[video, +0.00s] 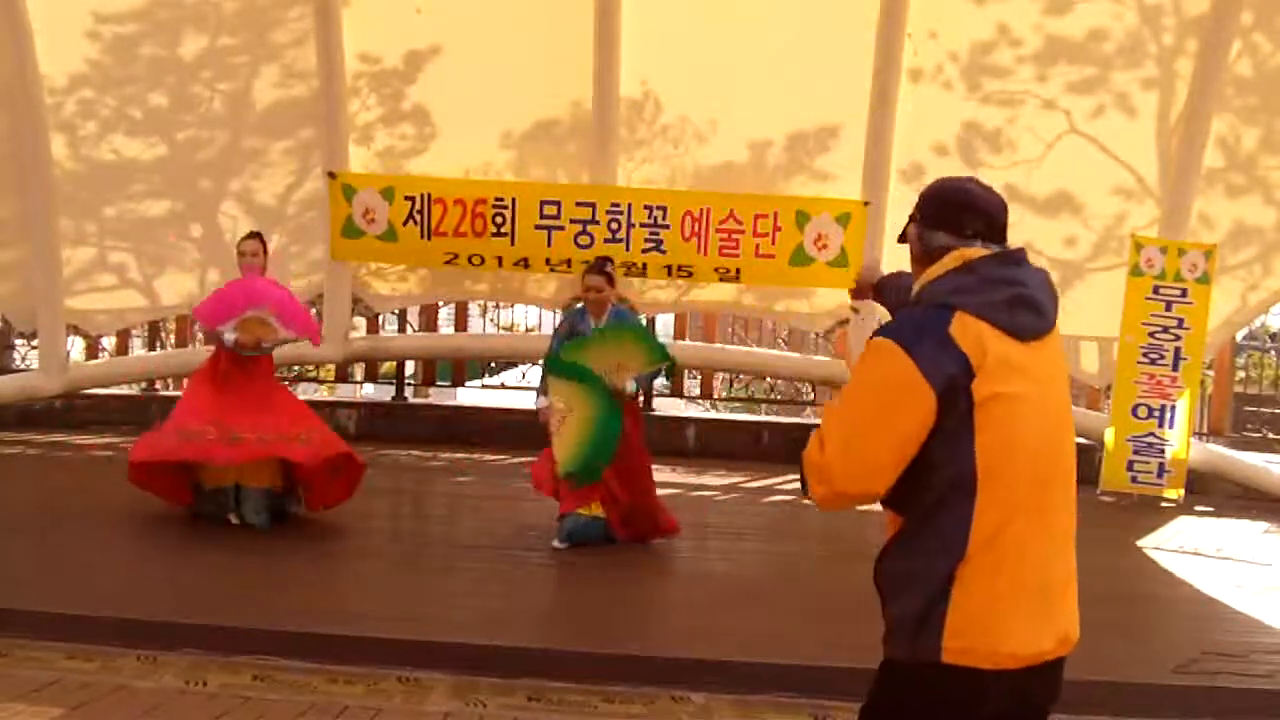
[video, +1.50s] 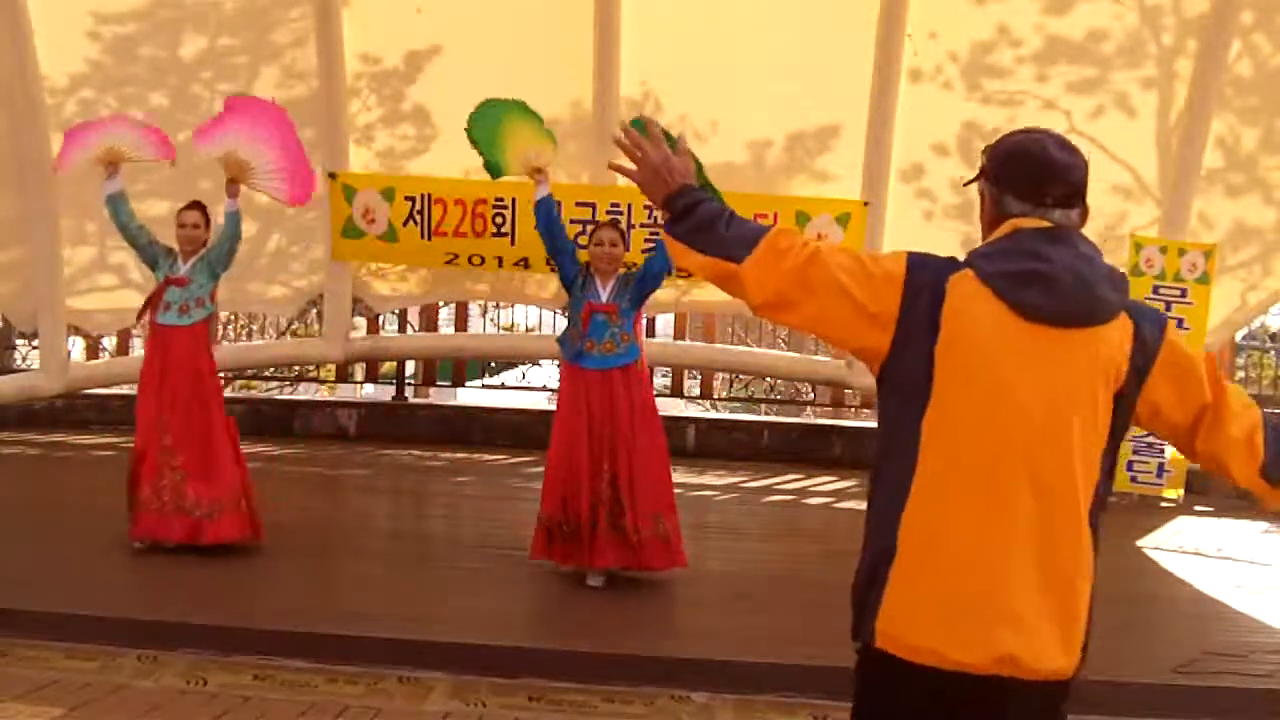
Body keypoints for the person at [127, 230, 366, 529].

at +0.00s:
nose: (249, 261)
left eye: (255, 255)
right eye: (244, 255)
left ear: (266, 258)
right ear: (237, 260)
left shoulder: (276, 296)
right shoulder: (226, 297)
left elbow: (300, 329)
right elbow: (207, 333)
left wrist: (268, 340)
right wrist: (233, 340)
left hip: (259, 373)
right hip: (225, 372)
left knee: (259, 434)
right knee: (221, 432)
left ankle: (255, 505)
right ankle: (224, 505)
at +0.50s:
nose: (247, 267)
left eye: (254, 261)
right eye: (242, 261)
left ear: (264, 267)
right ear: (235, 266)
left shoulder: (275, 305)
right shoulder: (222, 303)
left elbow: (298, 338)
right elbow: (203, 344)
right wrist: (197, 379)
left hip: (262, 376)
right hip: (226, 375)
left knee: (264, 435)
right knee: (224, 434)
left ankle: (278, 500)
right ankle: (219, 499)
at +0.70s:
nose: (237, 251)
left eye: (243, 246)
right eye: (232, 246)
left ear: (255, 251)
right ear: (225, 251)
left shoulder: (265, 289)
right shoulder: (212, 287)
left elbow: (300, 315)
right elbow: (176, 319)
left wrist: (338, 329)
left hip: (250, 368)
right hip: (215, 367)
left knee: (256, 433)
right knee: (198, 431)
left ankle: (267, 504)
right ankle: (180, 509)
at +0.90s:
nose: (220, 235)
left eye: (226, 229)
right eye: (215, 230)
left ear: (239, 234)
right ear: (208, 235)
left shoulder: (250, 268)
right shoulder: (197, 267)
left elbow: (292, 276)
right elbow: (159, 275)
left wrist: (337, 272)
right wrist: (121, 273)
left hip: (232, 355)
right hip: (199, 355)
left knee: (238, 426)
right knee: (196, 426)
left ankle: (244, 506)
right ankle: (198, 510)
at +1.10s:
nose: (204, 232)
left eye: (211, 226)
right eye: (199, 226)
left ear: (224, 232)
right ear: (193, 231)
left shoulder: (233, 263)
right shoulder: (182, 264)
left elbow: (276, 248)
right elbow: (142, 248)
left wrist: (317, 220)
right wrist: (106, 220)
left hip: (218, 357)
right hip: (184, 358)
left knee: (215, 431)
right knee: (187, 432)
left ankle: (211, 514)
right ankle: (192, 513)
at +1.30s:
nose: (195, 233)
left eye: (202, 228)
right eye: (190, 227)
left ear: (213, 232)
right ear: (182, 230)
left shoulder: (218, 265)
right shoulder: (172, 263)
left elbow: (251, 238)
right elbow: (135, 235)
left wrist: (276, 201)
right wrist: (106, 191)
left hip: (207, 365)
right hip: (173, 364)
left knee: (205, 437)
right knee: (171, 438)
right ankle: (170, 522)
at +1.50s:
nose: (188, 231)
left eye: (195, 226)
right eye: (182, 225)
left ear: (207, 233)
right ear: (174, 229)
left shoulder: (210, 267)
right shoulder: (164, 263)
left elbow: (230, 238)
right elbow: (130, 229)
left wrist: (233, 194)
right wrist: (112, 178)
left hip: (194, 369)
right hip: (160, 368)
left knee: (198, 444)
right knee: (157, 443)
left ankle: (204, 527)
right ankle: (156, 527)